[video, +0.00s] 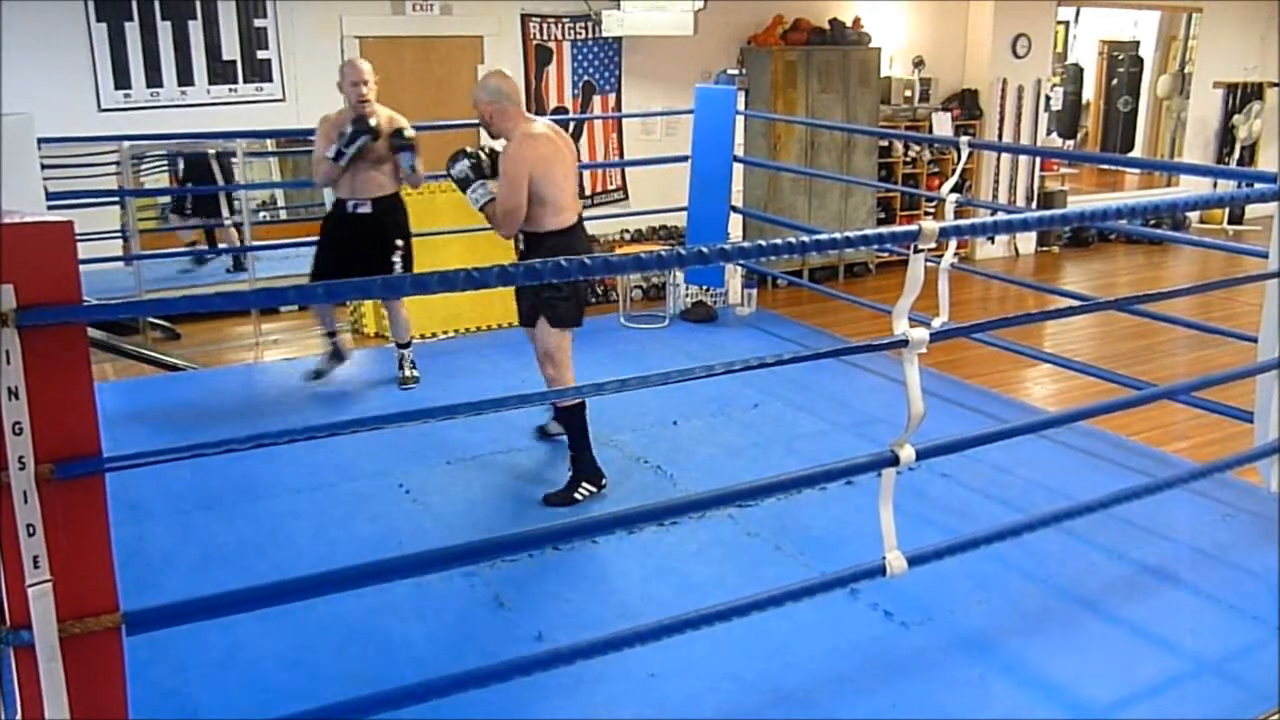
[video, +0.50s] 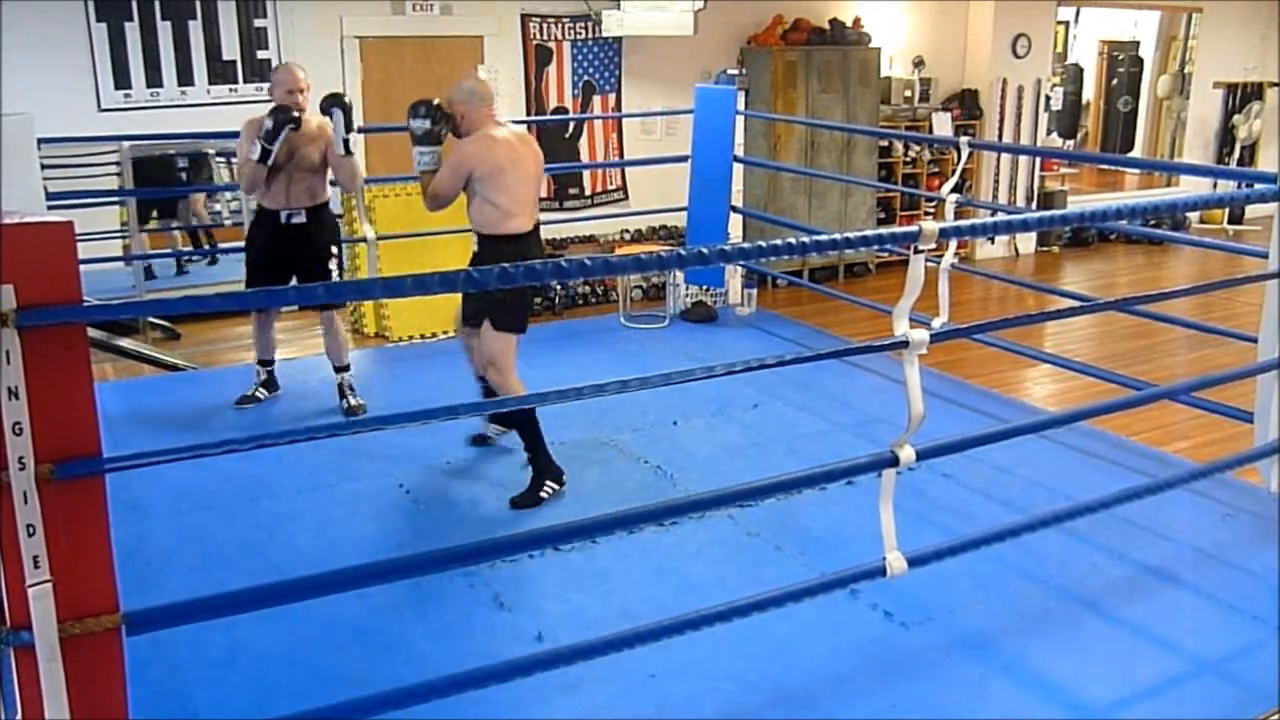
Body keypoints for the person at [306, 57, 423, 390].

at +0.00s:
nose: (361, 91)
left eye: (365, 83)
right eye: (353, 85)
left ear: (375, 84)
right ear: (342, 88)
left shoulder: (394, 122)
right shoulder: (331, 124)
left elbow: (415, 181)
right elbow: (322, 177)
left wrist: (405, 157)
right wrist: (348, 147)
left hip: (386, 210)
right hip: (345, 213)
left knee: (391, 292)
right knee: (321, 289)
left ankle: (406, 359)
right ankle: (337, 348)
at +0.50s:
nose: (296, 99)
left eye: (301, 92)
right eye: (288, 93)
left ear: (309, 92)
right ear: (272, 94)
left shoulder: (324, 129)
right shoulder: (255, 128)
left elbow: (350, 183)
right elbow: (249, 185)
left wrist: (343, 135)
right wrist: (269, 141)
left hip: (316, 223)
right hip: (270, 225)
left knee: (329, 311)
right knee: (263, 310)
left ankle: (346, 387)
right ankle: (266, 380)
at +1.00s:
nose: (206, 118)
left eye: (209, 110)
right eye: (197, 112)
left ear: (213, 111)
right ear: (177, 116)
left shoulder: (229, 153)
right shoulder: (157, 155)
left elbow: (250, 208)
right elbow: (158, 217)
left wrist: (258, 163)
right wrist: (179, 175)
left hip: (224, 251)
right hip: (171, 256)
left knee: (272, 326)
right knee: (149, 342)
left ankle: (330, 389)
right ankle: (139, 415)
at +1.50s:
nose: (171, 132)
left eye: (175, 123)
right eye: (161, 126)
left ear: (179, 120)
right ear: (137, 126)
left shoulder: (196, 155)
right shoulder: (119, 163)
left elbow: (227, 209)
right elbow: (132, 231)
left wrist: (219, 153)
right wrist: (143, 180)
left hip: (200, 264)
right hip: (144, 269)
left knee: (245, 345)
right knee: (120, 363)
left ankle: (281, 414)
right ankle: (107, 421)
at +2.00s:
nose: (96, 111)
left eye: (96, 103)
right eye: (85, 106)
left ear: (97, 102)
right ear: (57, 114)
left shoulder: (106, 147)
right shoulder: (46, 163)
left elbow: (124, 204)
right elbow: (79, 238)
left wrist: (155, 192)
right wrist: (94, 176)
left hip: (117, 269)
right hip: (73, 276)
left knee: (166, 357)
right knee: (81, 378)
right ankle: (75, 458)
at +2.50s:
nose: (91, 168)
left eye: (89, 157)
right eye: (81, 161)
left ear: (46, 173)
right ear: (46, 172)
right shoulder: (45, 227)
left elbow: (106, 278)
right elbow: (98, 289)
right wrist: (113, 226)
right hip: (70, 373)